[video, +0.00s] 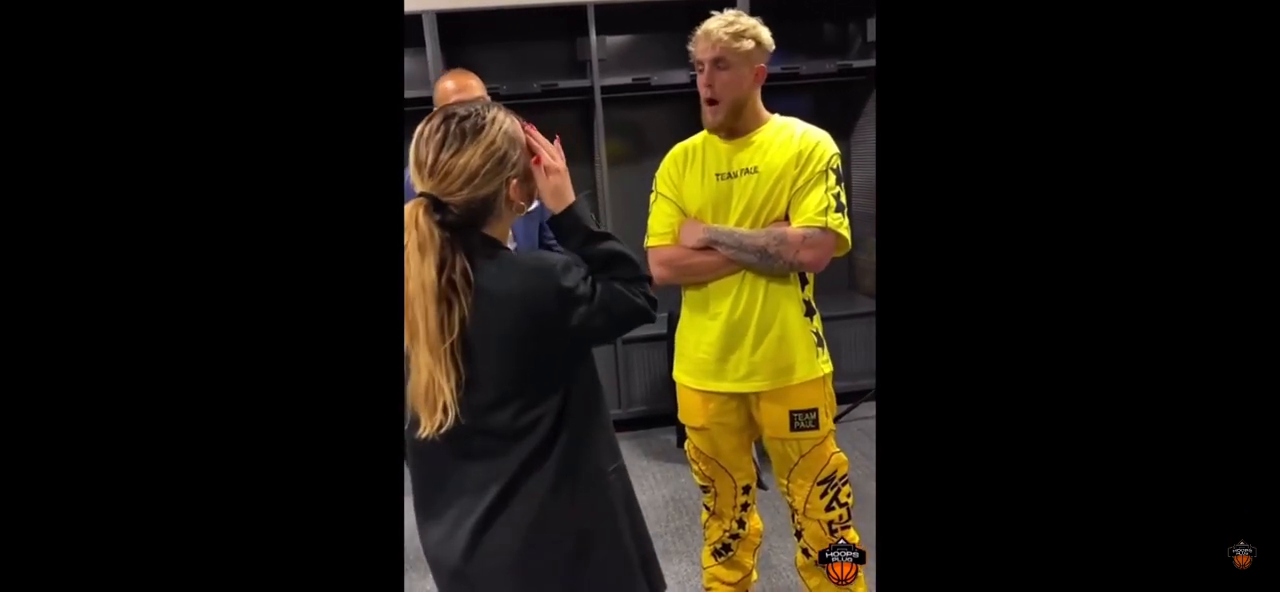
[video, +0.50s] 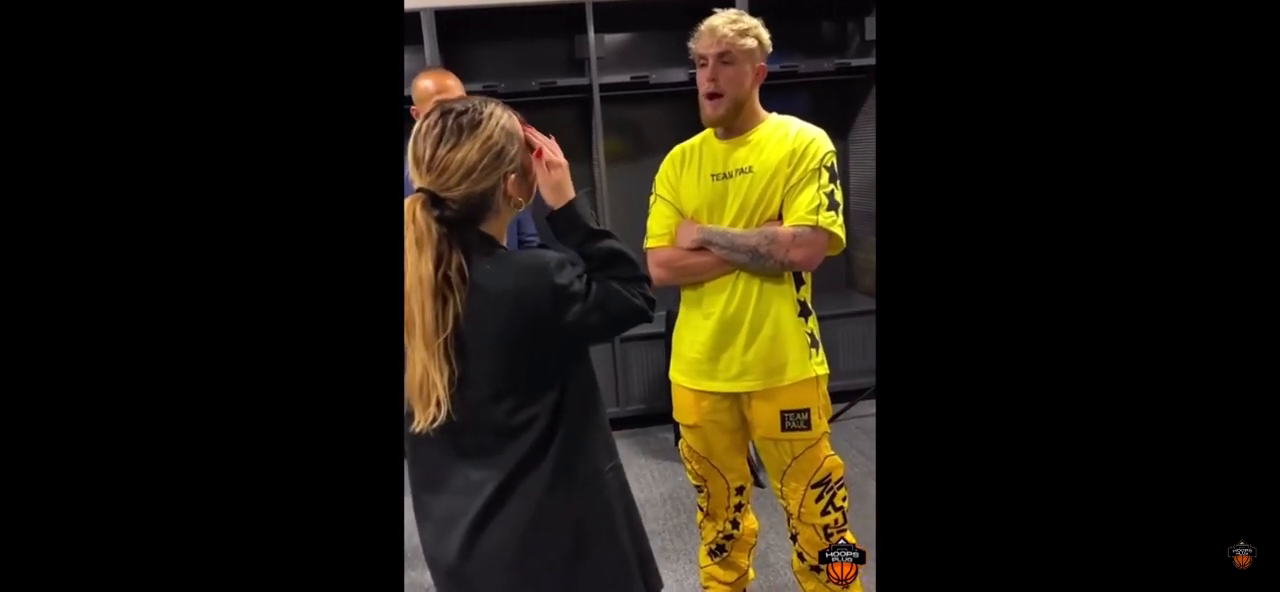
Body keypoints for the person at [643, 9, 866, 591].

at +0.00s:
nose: (704, 82)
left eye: (719, 67)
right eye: (699, 68)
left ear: (757, 74)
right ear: (695, 74)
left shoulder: (808, 146)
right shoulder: (679, 160)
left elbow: (814, 250)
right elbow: (662, 265)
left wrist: (705, 234)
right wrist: (764, 246)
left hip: (790, 365)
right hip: (703, 369)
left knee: (824, 519)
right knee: (723, 522)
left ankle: (837, 584)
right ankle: (726, 585)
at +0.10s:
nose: (704, 79)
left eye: (719, 65)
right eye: (698, 65)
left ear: (757, 73)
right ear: (694, 72)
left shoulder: (807, 146)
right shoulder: (678, 161)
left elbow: (813, 250)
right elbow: (661, 266)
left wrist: (703, 234)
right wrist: (763, 246)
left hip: (789, 366)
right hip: (702, 369)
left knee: (824, 525)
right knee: (723, 527)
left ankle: (837, 584)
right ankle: (726, 585)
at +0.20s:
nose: (705, 77)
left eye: (721, 63)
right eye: (698, 64)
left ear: (757, 71)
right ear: (694, 71)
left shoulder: (806, 145)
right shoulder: (678, 161)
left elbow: (812, 249)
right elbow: (661, 266)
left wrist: (702, 234)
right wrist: (762, 245)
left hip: (788, 366)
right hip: (701, 369)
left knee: (822, 524)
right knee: (722, 525)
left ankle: (836, 584)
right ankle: (725, 585)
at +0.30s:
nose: (705, 76)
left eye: (722, 62)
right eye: (699, 63)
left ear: (757, 71)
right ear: (694, 71)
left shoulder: (805, 145)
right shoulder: (678, 161)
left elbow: (810, 249)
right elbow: (660, 266)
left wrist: (701, 234)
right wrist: (761, 245)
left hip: (786, 365)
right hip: (700, 369)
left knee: (820, 521)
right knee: (720, 524)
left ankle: (834, 584)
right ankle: (724, 585)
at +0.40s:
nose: (706, 75)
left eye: (722, 61)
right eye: (699, 63)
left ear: (758, 70)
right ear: (694, 71)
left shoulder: (805, 145)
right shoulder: (677, 162)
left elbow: (809, 249)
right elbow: (661, 267)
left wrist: (700, 234)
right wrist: (761, 245)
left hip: (785, 366)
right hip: (699, 370)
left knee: (819, 522)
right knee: (719, 525)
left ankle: (833, 583)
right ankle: (724, 584)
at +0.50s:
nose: (707, 76)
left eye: (724, 62)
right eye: (700, 63)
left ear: (758, 71)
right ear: (694, 72)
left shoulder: (804, 144)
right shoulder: (678, 162)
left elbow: (807, 248)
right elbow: (660, 267)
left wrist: (700, 234)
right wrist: (759, 245)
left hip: (784, 365)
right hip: (698, 369)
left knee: (817, 517)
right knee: (717, 520)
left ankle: (833, 583)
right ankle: (723, 584)